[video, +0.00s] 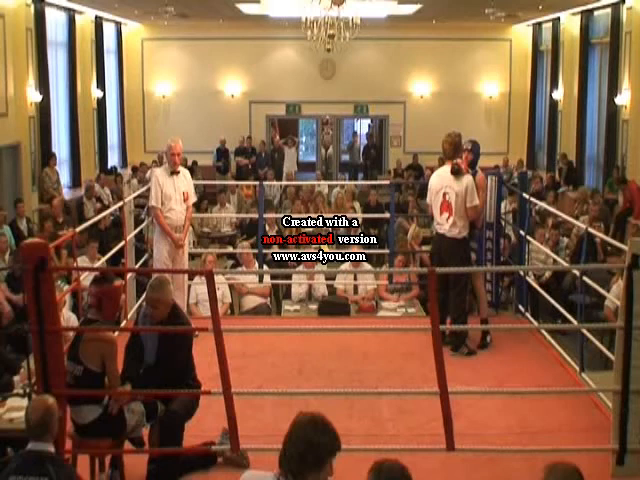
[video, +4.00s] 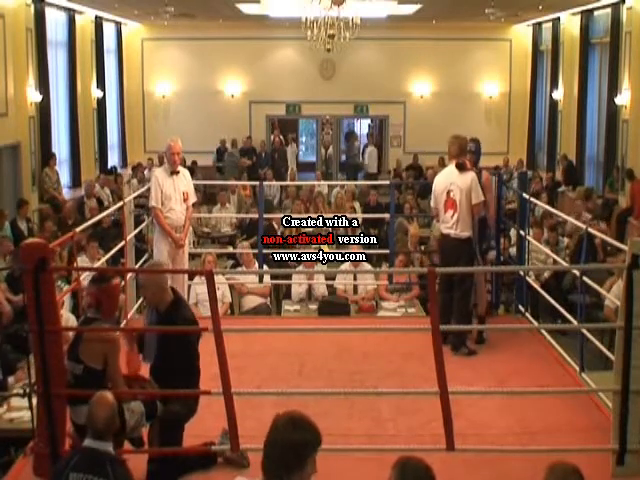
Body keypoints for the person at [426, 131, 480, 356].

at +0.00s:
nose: (464, 154)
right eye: (463, 151)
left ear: (443, 152)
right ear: (462, 153)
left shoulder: (435, 176)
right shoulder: (467, 179)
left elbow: (431, 207)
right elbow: (472, 213)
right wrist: (476, 189)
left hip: (439, 237)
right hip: (458, 239)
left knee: (440, 285)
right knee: (459, 288)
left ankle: (439, 328)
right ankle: (458, 337)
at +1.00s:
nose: (470, 157)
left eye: (468, 154)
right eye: (469, 154)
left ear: (449, 153)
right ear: (467, 154)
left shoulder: (438, 175)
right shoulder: (468, 177)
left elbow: (433, 208)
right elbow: (475, 213)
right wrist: (487, 197)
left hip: (441, 236)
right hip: (460, 238)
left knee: (443, 285)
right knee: (461, 288)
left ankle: (441, 329)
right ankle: (459, 339)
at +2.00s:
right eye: (473, 155)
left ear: (455, 153)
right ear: (473, 155)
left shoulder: (441, 175)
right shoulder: (474, 179)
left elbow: (434, 208)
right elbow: (480, 211)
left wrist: (446, 219)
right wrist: (478, 228)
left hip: (443, 238)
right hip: (463, 240)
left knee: (444, 286)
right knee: (462, 289)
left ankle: (443, 328)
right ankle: (458, 339)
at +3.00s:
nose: (470, 162)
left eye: (467, 158)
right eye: (469, 159)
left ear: (451, 157)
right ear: (467, 158)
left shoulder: (439, 178)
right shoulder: (471, 177)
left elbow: (434, 209)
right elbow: (480, 209)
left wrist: (446, 219)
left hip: (444, 239)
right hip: (464, 240)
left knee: (445, 287)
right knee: (463, 290)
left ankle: (444, 329)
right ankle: (458, 339)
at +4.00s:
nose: (466, 155)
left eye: (458, 151)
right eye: (466, 152)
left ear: (448, 153)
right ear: (466, 153)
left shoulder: (439, 178)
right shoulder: (470, 177)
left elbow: (434, 209)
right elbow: (478, 208)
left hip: (445, 237)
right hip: (464, 238)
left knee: (446, 286)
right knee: (463, 288)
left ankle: (444, 330)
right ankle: (459, 338)